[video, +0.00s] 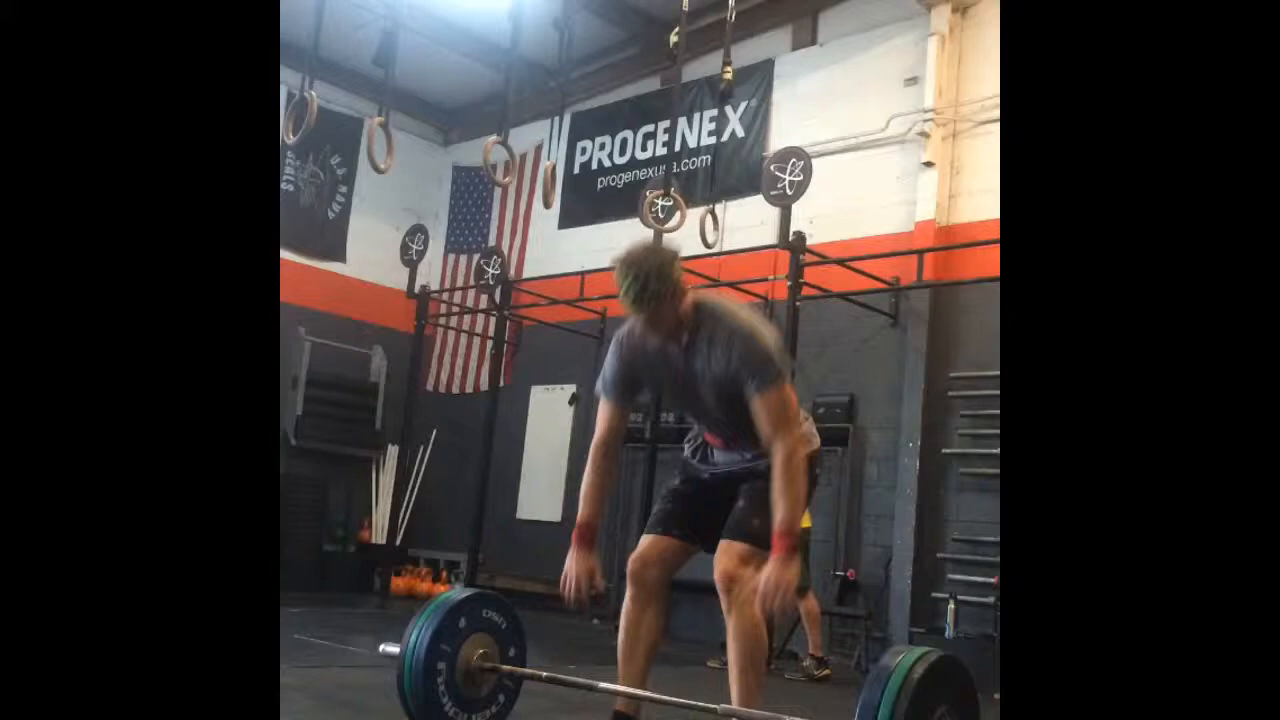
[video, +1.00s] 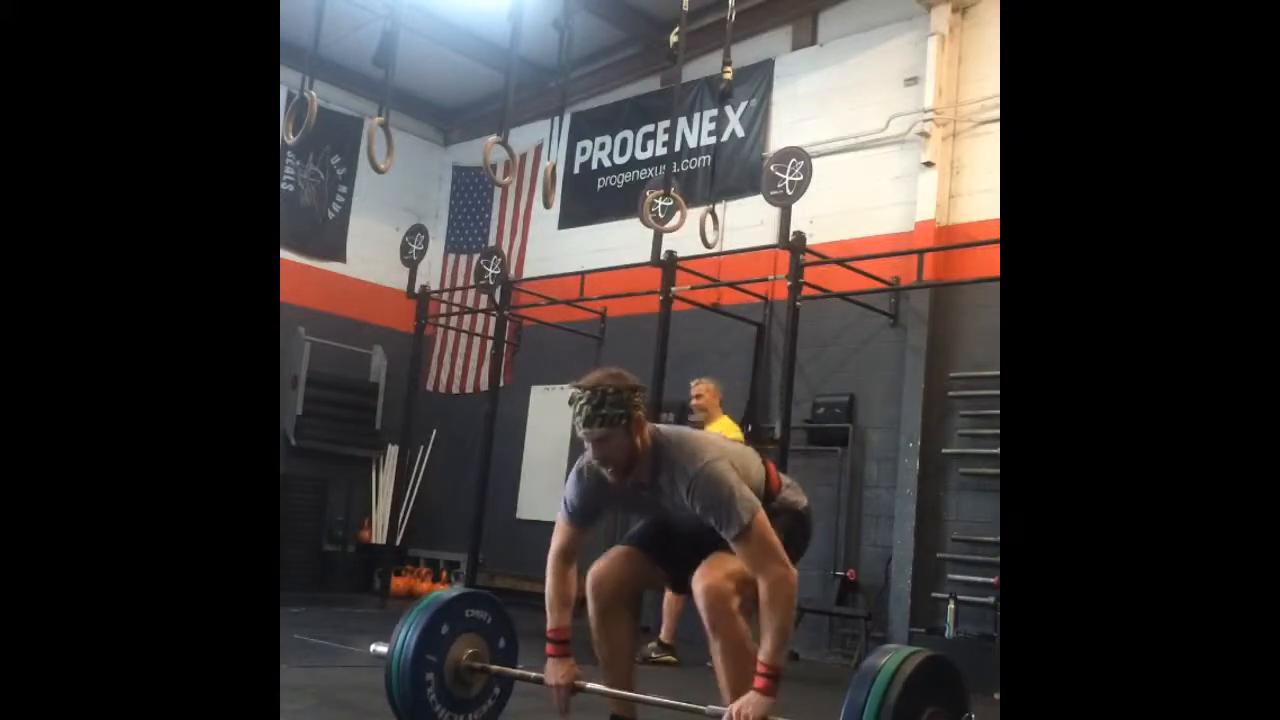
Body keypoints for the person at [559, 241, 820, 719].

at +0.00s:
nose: (654, 325)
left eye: (660, 311)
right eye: (643, 315)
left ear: (682, 291)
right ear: (630, 304)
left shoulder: (742, 336)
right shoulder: (630, 343)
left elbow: (788, 440)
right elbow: (605, 444)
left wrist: (784, 553)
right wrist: (582, 543)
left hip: (776, 458)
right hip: (709, 455)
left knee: (734, 573)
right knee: (645, 565)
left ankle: (745, 716)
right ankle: (626, 709)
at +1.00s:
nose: (593, 454)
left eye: (602, 440)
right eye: (586, 442)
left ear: (637, 426)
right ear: (580, 437)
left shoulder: (704, 470)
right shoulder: (589, 475)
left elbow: (779, 576)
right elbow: (562, 556)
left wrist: (764, 688)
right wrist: (558, 652)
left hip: (775, 515)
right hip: (695, 515)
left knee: (713, 586)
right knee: (606, 579)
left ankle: (745, 712)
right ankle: (622, 712)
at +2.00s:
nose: (611, 331)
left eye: (628, 320)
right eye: (609, 322)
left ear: (663, 334)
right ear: (604, 332)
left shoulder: (707, 411)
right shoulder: (599, 416)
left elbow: (736, 530)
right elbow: (587, 517)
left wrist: (744, 642)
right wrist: (562, 614)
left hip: (763, 494)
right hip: (686, 497)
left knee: (704, 581)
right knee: (608, 578)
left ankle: (735, 711)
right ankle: (622, 713)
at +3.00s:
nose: (672, 243)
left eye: (690, 234)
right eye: (673, 235)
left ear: (721, 255)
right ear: (666, 255)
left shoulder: (736, 329)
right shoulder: (641, 335)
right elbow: (581, 406)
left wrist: (765, 346)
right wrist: (583, 340)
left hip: (699, 499)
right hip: (625, 500)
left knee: (692, 609)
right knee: (511, 603)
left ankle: (749, 716)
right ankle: (539, 707)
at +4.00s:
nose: (724, 172)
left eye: (741, 164)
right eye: (722, 166)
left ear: (772, 184)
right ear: (718, 186)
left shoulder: (775, 242)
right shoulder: (694, 259)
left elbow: (748, 231)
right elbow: (611, 279)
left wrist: (806, 215)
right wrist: (642, 246)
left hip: (749, 417)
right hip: (688, 417)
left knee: (741, 579)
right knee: (684, 580)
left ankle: (767, 714)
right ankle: (703, 713)